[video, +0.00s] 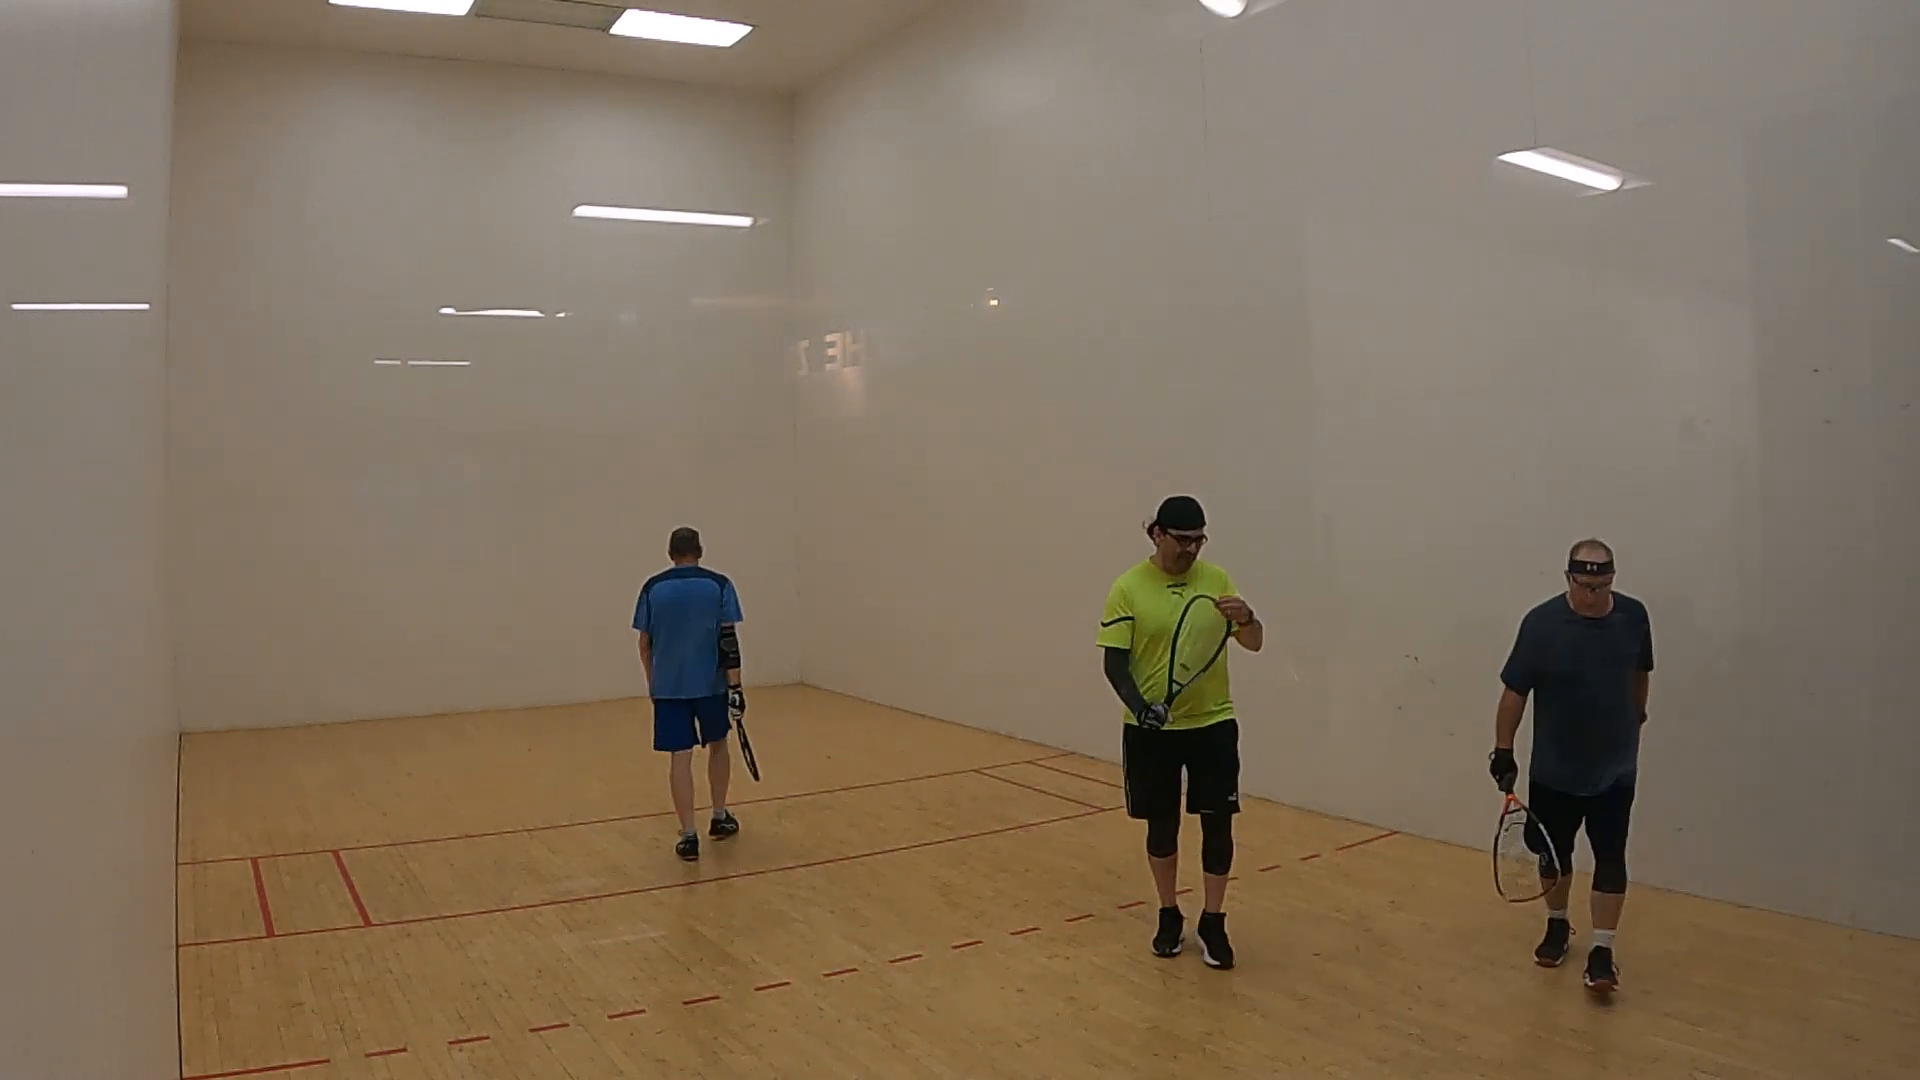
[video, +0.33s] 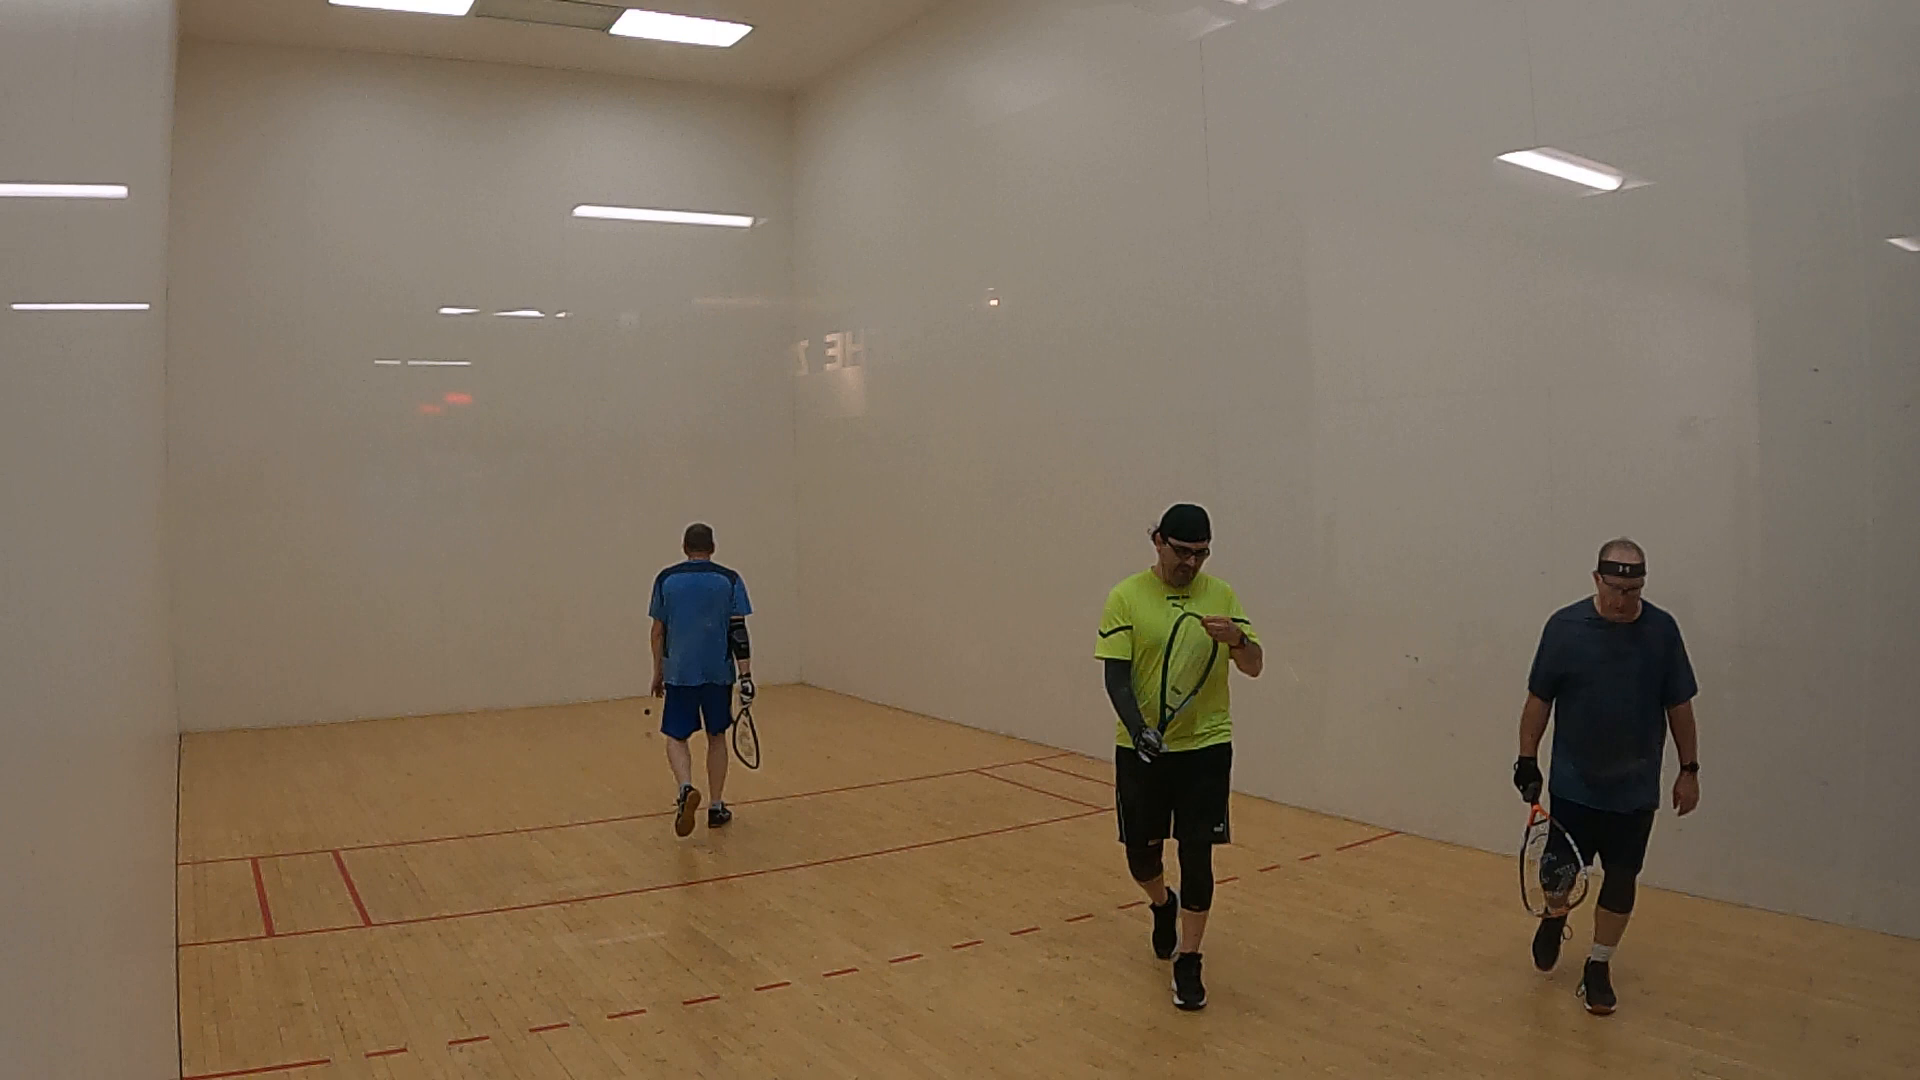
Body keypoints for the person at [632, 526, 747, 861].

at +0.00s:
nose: (688, 560)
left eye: (677, 554)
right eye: (696, 554)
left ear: (670, 555)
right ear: (701, 553)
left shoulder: (653, 587)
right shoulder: (720, 585)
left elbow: (644, 643)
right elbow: (729, 641)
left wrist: (652, 684)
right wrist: (735, 688)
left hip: (669, 689)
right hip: (710, 687)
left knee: (680, 758)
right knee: (718, 747)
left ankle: (688, 836)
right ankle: (719, 816)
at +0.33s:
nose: (700, 555)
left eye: (690, 548)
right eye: (709, 550)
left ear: (684, 548)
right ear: (713, 550)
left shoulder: (666, 579)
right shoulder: (730, 579)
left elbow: (657, 631)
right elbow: (738, 632)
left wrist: (658, 673)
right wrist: (745, 676)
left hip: (680, 675)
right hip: (718, 675)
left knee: (676, 737)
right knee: (717, 737)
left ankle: (685, 788)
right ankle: (715, 807)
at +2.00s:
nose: (637, 546)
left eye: (633, 542)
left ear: (630, 542)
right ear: (652, 540)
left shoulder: (622, 567)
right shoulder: (672, 563)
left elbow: (618, 608)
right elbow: (684, 603)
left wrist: (617, 647)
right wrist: (687, 635)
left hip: (636, 644)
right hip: (668, 643)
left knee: (633, 691)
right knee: (678, 692)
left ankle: (642, 747)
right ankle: (689, 738)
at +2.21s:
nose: (624, 544)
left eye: (620, 540)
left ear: (617, 540)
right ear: (639, 538)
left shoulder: (610, 565)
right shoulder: (658, 560)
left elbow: (606, 604)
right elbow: (667, 599)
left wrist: (599, 638)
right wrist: (668, 631)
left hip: (624, 640)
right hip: (652, 638)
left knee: (630, 690)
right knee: (653, 681)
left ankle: (642, 747)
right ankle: (663, 726)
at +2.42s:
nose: (612, 550)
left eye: (609, 546)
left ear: (607, 546)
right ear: (628, 543)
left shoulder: (602, 567)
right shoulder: (647, 564)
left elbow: (598, 606)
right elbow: (656, 603)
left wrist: (586, 632)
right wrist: (656, 634)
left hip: (617, 639)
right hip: (642, 637)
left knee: (627, 689)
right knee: (634, 685)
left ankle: (642, 747)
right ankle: (631, 728)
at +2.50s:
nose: (607, 554)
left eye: (605, 550)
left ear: (603, 550)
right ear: (624, 548)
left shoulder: (600, 569)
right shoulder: (642, 568)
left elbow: (596, 606)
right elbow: (651, 606)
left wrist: (585, 634)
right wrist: (651, 636)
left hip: (614, 639)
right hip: (639, 637)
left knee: (625, 689)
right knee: (627, 683)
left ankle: (642, 744)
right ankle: (618, 719)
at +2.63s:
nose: (601, 562)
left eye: (599, 559)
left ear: (598, 558)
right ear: (618, 556)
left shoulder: (597, 572)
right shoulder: (634, 573)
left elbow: (596, 604)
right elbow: (643, 612)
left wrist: (587, 639)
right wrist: (641, 642)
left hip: (611, 639)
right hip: (634, 639)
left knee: (618, 690)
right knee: (618, 686)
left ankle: (638, 737)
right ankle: (612, 725)